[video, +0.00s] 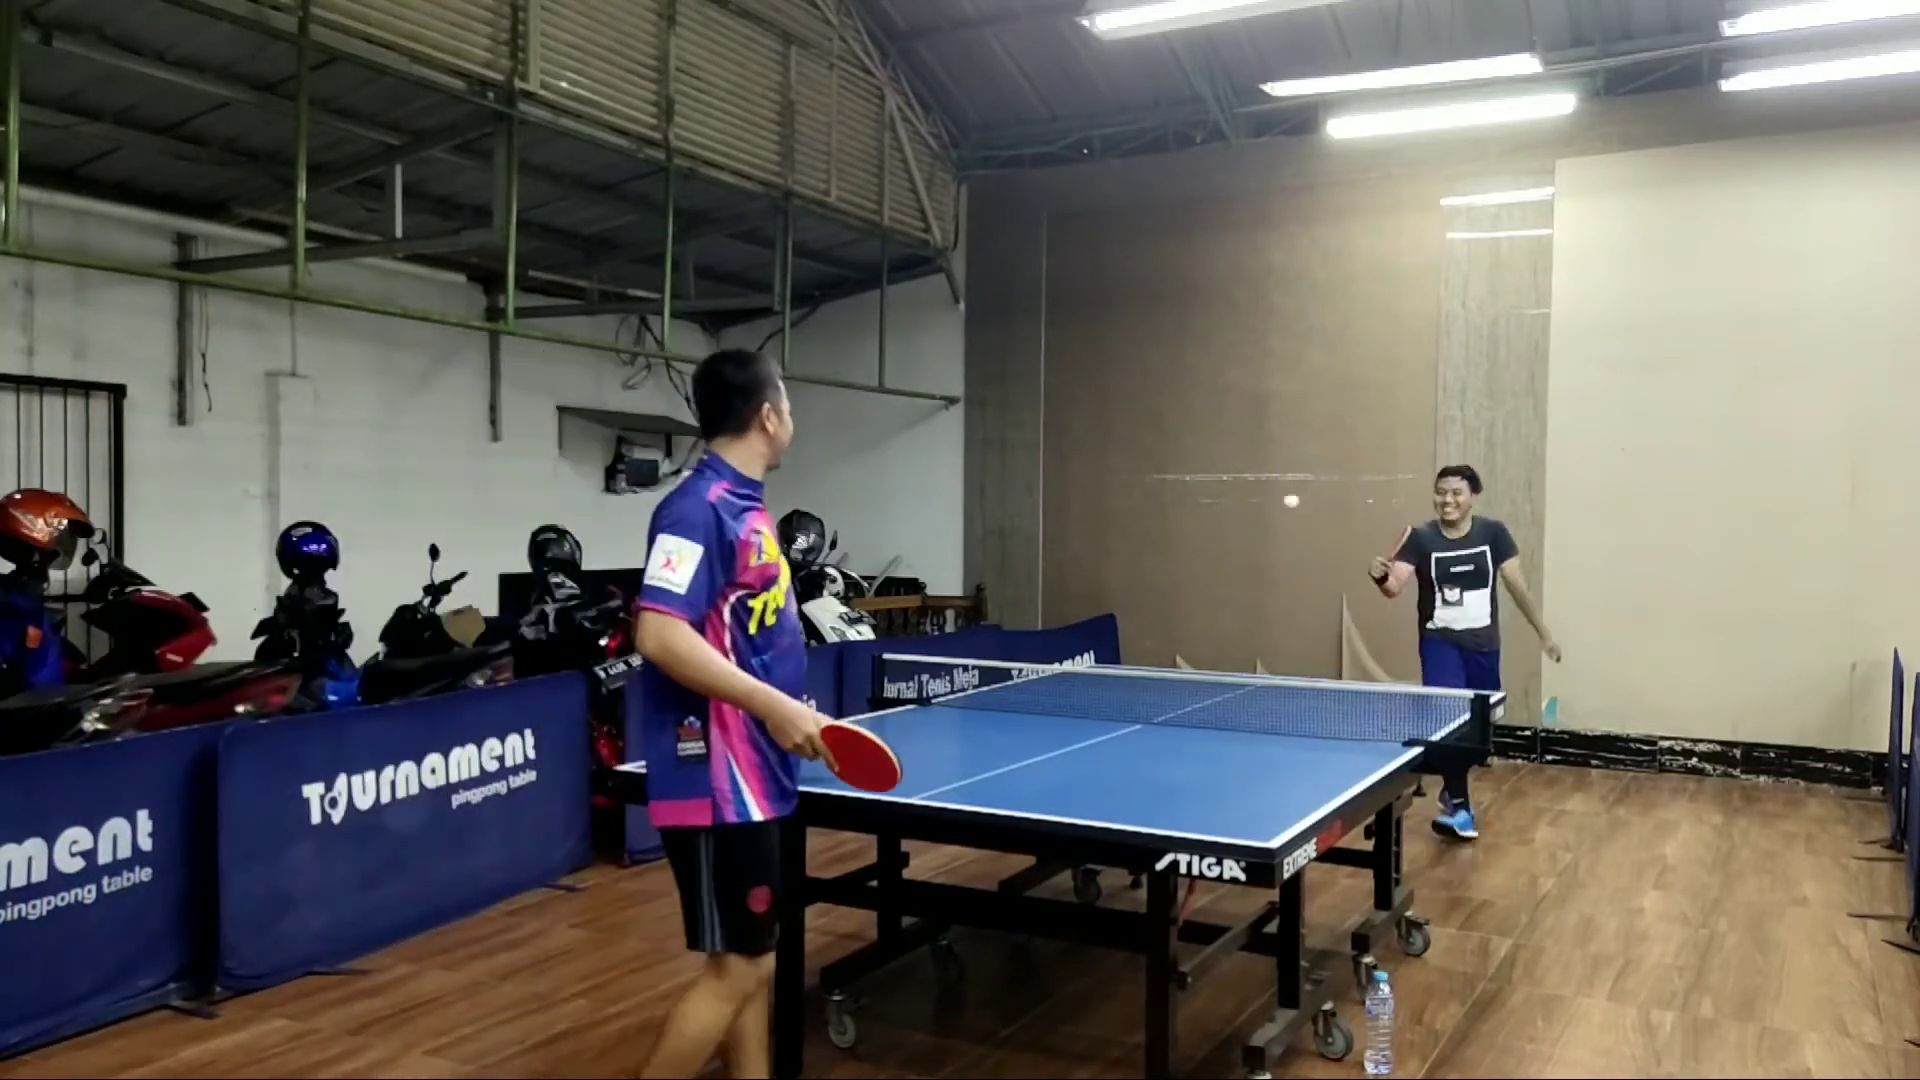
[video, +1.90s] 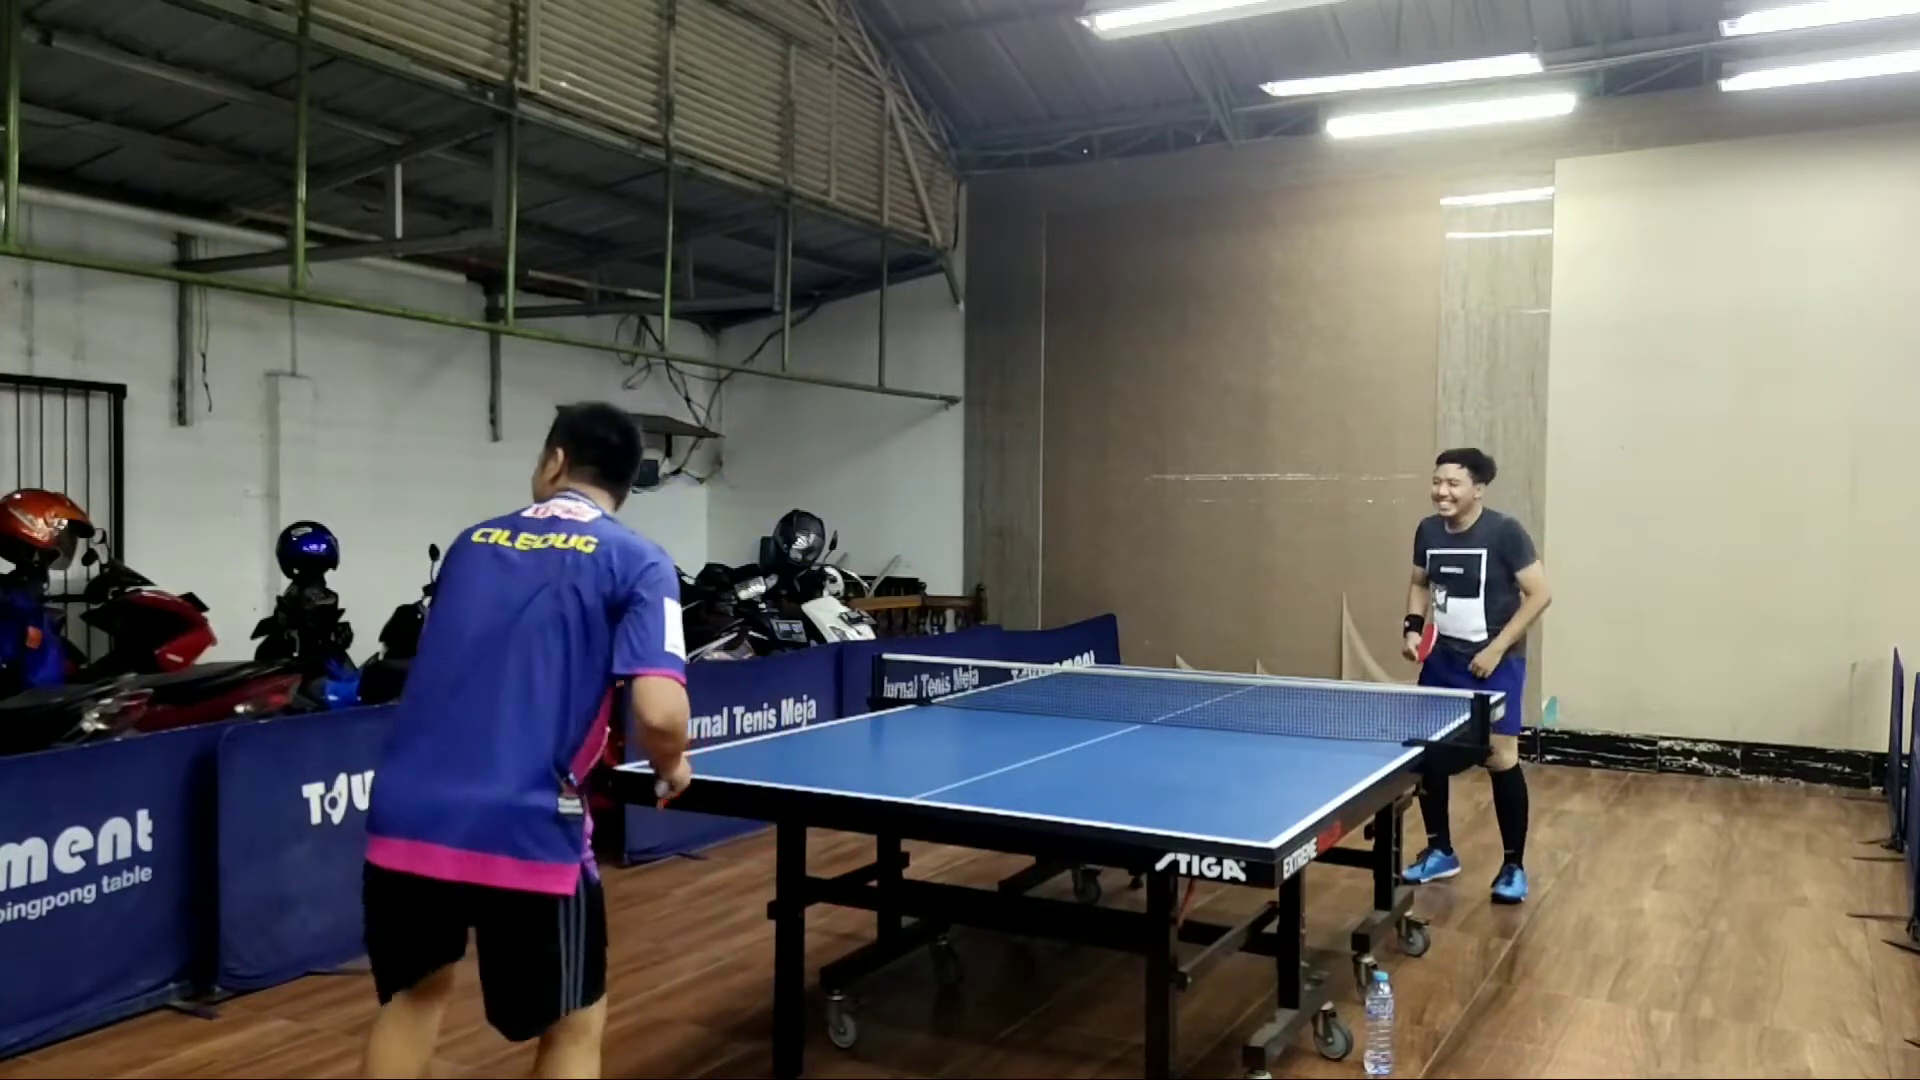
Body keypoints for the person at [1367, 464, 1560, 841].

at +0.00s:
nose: (1449, 500)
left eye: (1457, 493)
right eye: (1442, 492)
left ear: (1473, 498)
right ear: (1434, 496)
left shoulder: (1492, 533)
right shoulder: (1421, 538)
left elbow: (1517, 586)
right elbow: (1393, 589)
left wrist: (1545, 636)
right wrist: (1382, 576)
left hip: (1482, 645)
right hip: (1440, 644)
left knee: (1477, 724)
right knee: (1450, 719)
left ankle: (1450, 795)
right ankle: (1458, 805)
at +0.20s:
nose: (1448, 509)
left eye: (1455, 500)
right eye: (1440, 502)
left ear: (1470, 497)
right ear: (1433, 505)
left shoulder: (1498, 528)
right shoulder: (1427, 545)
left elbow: (1530, 569)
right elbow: (1414, 597)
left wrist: (1561, 608)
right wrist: (1411, 628)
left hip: (1493, 647)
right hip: (1447, 649)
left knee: (1501, 730)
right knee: (1454, 731)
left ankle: (1465, 786)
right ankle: (1465, 821)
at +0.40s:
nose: (1464, 499)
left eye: (1472, 490)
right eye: (1456, 491)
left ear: (1489, 490)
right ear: (1448, 492)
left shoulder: (1507, 522)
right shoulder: (1433, 538)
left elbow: (1524, 576)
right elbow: (1430, 598)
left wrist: (1541, 631)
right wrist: (1439, 651)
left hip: (1501, 638)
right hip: (1453, 643)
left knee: (1515, 718)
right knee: (1454, 729)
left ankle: (1499, 810)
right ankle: (1465, 819)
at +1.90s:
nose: (1442, 490)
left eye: (1452, 482)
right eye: (1438, 482)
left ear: (1478, 488)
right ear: (1433, 486)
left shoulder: (1504, 532)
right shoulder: (1429, 531)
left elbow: (1539, 593)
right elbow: (1420, 584)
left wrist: (1498, 647)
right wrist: (1412, 626)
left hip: (1496, 665)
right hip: (1442, 660)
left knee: (1501, 758)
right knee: (1429, 754)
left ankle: (1513, 866)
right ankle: (1439, 850)